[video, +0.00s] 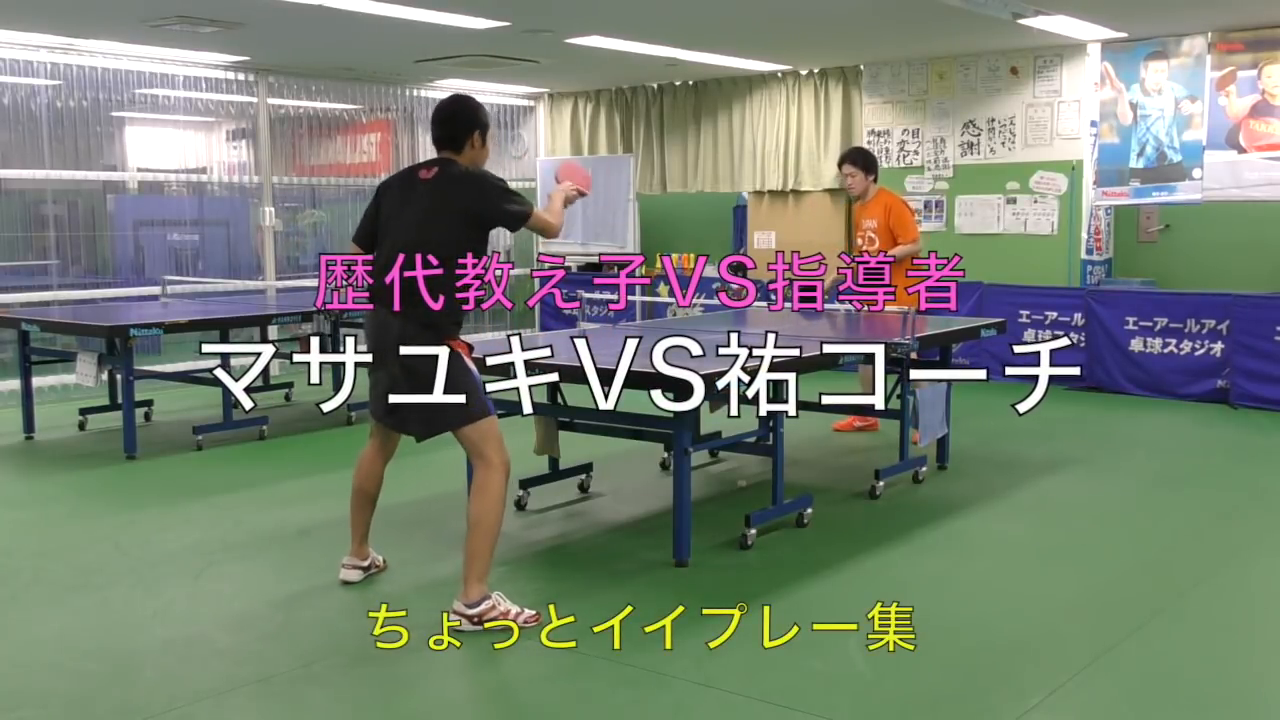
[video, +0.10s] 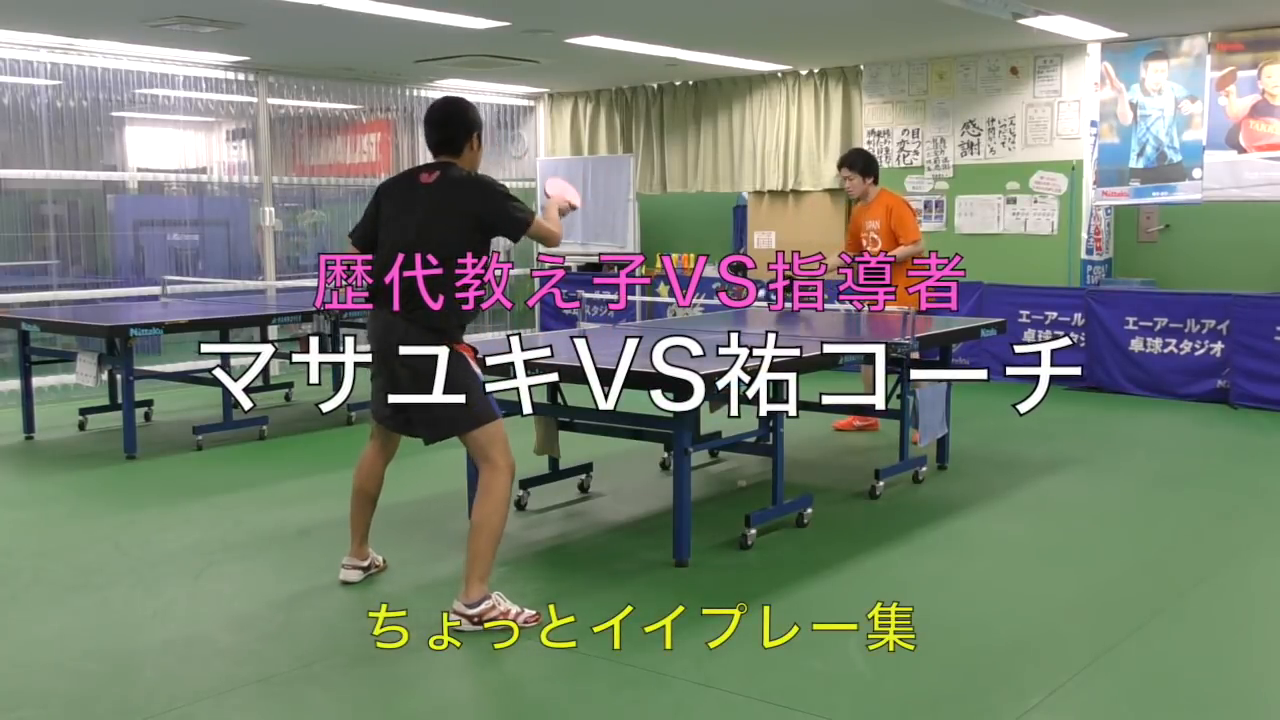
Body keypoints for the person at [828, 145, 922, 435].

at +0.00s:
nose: (847, 182)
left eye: (852, 176)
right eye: (844, 177)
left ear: (870, 175)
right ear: (843, 177)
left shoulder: (892, 203)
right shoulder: (858, 208)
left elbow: (913, 245)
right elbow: (860, 254)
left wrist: (882, 258)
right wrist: (835, 279)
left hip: (900, 298)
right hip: (870, 298)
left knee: (912, 359)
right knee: (866, 354)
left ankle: (926, 417)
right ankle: (867, 413)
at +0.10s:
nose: (845, 186)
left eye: (850, 179)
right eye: (843, 180)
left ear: (868, 178)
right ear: (850, 180)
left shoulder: (894, 204)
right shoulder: (857, 211)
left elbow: (916, 246)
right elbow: (850, 253)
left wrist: (882, 260)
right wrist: (825, 266)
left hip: (903, 297)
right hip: (872, 298)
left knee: (913, 360)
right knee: (868, 353)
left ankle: (926, 419)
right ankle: (867, 412)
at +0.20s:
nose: (844, 185)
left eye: (848, 179)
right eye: (842, 179)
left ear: (867, 177)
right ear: (846, 180)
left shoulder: (896, 203)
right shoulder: (853, 211)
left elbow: (918, 244)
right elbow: (832, 248)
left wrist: (884, 256)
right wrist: (797, 259)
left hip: (906, 296)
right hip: (872, 298)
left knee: (914, 358)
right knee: (870, 353)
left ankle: (925, 420)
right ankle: (868, 413)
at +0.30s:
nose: (844, 181)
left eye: (848, 175)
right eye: (842, 175)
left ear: (867, 174)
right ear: (847, 175)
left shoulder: (897, 201)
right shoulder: (850, 208)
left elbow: (919, 240)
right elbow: (828, 245)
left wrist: (887, 251)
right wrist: (811, 236)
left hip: (905, 296)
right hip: (870, 297)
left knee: (914, 360)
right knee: (868, 355)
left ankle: (926, 421)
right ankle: (867, 413)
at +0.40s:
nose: (846, 177)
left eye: (851, 170)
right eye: (843, 172)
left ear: (869, 170)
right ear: (842, 174)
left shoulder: (898, 199)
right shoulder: (848, 207)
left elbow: (919, 238)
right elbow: (830, 247)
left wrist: (886, 248)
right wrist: (819, 236)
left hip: (904, 296)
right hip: (868, 299)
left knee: (914, 359)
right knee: (866, 356)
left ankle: (923, 420)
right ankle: (866, 414)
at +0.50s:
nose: (850, 173)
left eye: (856, 166)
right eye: (846, 168)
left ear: (873, 167)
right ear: (844, 171)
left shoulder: (898, 197)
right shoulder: (846, 207)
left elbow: (920, 237)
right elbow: (834, 249)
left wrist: (886, 246)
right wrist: (821, 248)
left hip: (904, 295)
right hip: (867, 297)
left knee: (913, 357)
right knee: (866, 354)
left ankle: (923, 419)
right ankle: (866, 413)